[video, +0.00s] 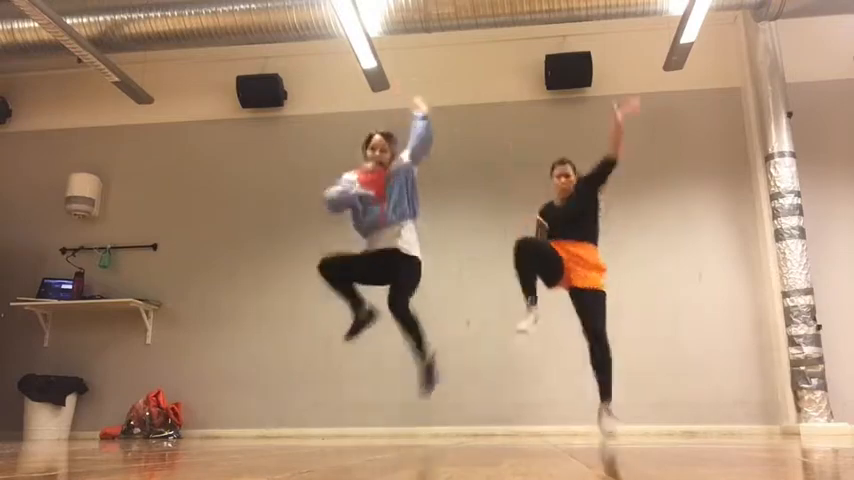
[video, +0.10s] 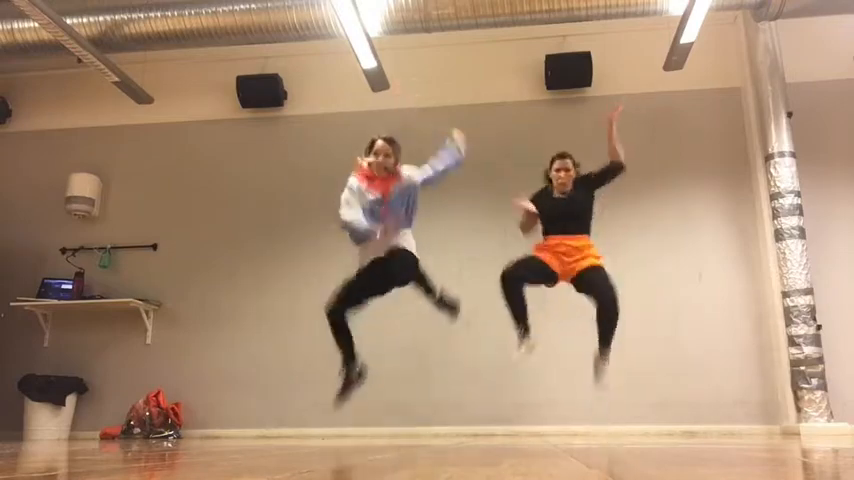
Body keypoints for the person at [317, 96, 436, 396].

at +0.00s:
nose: (379, 152)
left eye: (384, 148)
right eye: (373, 149)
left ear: (393, 152)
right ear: (366, 153)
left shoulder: (403, 169)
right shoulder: (355, 179)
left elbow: (419, 144)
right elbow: (331, 201)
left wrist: (421, 116)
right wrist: (357, 195)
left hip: (407, 257)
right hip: (376, 258)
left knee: (398, 303)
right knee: (329, 266)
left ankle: (425, 360)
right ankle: (362, 311)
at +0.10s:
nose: (380, 160)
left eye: (386, 155)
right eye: (376, 154)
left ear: (396, 159)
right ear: (368, 157)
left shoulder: (408, 178)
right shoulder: (358, 183)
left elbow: (435, 168)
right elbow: (348, 215)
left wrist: (455, 148)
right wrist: (368, 231)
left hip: (402, 258)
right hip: (372, 266)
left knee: (400, 257)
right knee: (335, 310)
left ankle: (439, 299)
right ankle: (352, 368)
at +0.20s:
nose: (383, 181)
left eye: (388, 176)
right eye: (379, 176)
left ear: (397, 181)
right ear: (371, 180)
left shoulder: (405, 207)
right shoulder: (359, 207)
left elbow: (431, 220)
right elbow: (348, 238)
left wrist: (464, 222)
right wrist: (335, 253)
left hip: (396, 285)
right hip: (368, 294)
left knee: (399, 238)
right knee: (357, 359)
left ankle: (432, 286)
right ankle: (363, 417)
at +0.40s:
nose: (394, 179)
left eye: (400, 174)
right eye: (389, 174)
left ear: (410, 179)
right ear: (383, 178)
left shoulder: (414, 212)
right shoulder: (370, 194)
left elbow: (432, 237)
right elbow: (350, 178)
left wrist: (419, 220)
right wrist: (340, 155)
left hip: (390, 291)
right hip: (359, 291)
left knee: (420, 333)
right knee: (353, 353)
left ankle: (420, 401)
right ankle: (348, 418)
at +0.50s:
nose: (398, 173)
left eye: (402, 168)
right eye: (392, 169)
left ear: (412, 172)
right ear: (385, 174)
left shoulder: (422, 201)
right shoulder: (374, 193)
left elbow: (434, 187)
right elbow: (355, 170)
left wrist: (429, 159)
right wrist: (366, 139)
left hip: (400, 286)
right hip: (367, 281)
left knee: (409, 353)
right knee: (338, 334)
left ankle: (407, 417)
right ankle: (310, 380)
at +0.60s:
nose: (392, 172)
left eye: (397, 168)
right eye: (387, 168)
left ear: (407, 171)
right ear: (380, 173)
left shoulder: (421, 196)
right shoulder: (370, 198)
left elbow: (442, 177)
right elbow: (352, 186)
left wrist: (452, 144)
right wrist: (347, 167)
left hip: (404, 292)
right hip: (370, 285)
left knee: (425, 349)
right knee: (317, 296)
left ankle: (416, 411)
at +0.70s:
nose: (384, 175)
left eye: (389, 170)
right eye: (379, 171)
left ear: (401, 174)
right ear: (374, 177)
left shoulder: (417, 204)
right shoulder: (371, 212)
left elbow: (446, 210)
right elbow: (358, 235)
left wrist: (466, 189)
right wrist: (340, 235)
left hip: (407, 290)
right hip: (377, 285)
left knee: (413, 356)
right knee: (326, 275)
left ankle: (423, 416)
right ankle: (357, 317)